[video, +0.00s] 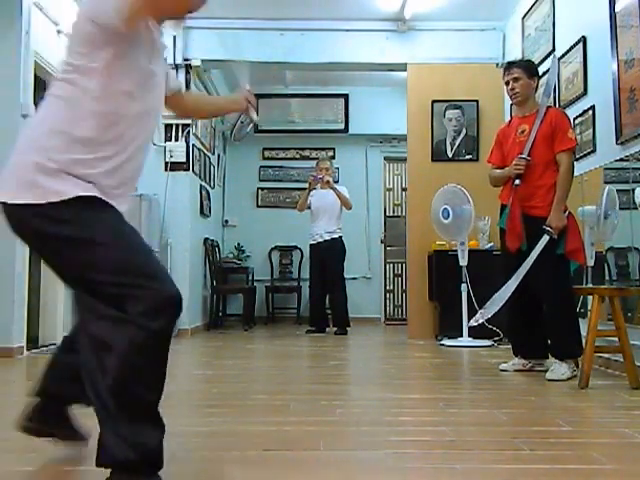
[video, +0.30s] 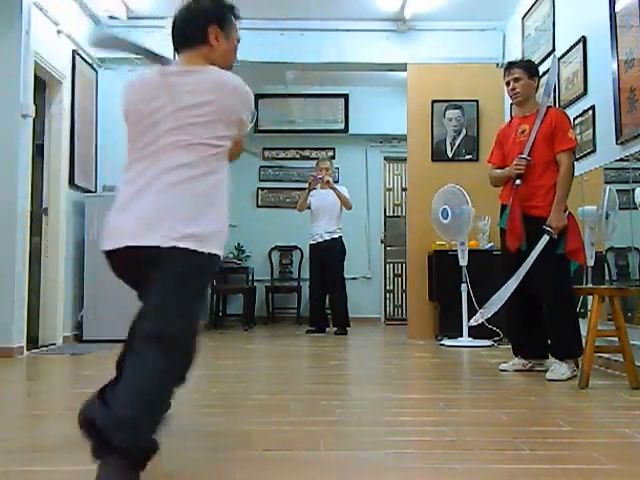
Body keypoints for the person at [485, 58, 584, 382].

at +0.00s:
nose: (511, 86)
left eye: (516, 80)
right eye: (507, 83)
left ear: (534, 82)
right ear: (505, 89)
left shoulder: (554, 117)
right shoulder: (505, 131)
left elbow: (566, 165)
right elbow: (493, 177)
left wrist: (558, 210)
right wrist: (509, 171)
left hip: (547, 215)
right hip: (514, 216)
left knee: (553, 285)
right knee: (520, 284)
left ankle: (565, 358)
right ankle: (529, 355)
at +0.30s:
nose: (512, 86)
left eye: (517, 80)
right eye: (508, 83)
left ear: (535, 82)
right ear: (506, 89)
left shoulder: (554, 117)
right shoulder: (505, 131)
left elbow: (566, 165)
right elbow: (494, 177)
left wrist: (558, 210)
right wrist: (509, 171)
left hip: (547, 214)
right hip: (514, 215)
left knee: (553, 284)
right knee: (520, 284)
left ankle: (565, 358)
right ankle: (529, 355)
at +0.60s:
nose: (513, 86)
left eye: (518, 80)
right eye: (509, 82)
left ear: (536, 82)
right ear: (507, 89)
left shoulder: (555, 117)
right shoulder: (505, 131)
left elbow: (566, 165)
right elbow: (494, 177)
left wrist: (558, 209)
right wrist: (509, 171)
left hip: (547, 214)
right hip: (514, 215)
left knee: (553, 284)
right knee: (520, 284)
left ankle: (566, 358)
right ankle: (529, 354)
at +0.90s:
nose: (514, 86)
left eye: (519, 80)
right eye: (510, 83)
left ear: (537, 82)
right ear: (507, 89)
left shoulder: (555, 117)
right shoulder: (506, 130)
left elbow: (566, 165)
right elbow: (493, 177)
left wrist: (558, 210)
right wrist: (509, 170)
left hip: (548, 214)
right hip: (515, 215)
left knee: (554, 284)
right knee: (521, 284)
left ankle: (565, 358)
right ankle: (529, 354)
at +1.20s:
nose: (516, 86)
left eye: (522, 80)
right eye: (511, 81)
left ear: (538, 82)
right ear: (506, 88)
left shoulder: (555, 117)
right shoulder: (506, 130)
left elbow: (567, 165)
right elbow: (493, 177)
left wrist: (559, 209)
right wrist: (509, 171)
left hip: (547, 216)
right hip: (513, 217)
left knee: (553, 290)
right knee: (517, 290)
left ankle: (564, 356)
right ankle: (523, 358)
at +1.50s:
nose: (519, 83)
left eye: (525, 78)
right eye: (514, 80)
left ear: (538, 83)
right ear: (508, 88)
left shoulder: (555, 117)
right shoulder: (505, 131)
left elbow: (566, 165)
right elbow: (493, 177)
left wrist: (559, 210)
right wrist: (509, 171)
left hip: (547, 214)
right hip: (514, 215)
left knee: (554, 284)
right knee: (521, 284)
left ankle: (565, 357)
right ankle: (529, 354)